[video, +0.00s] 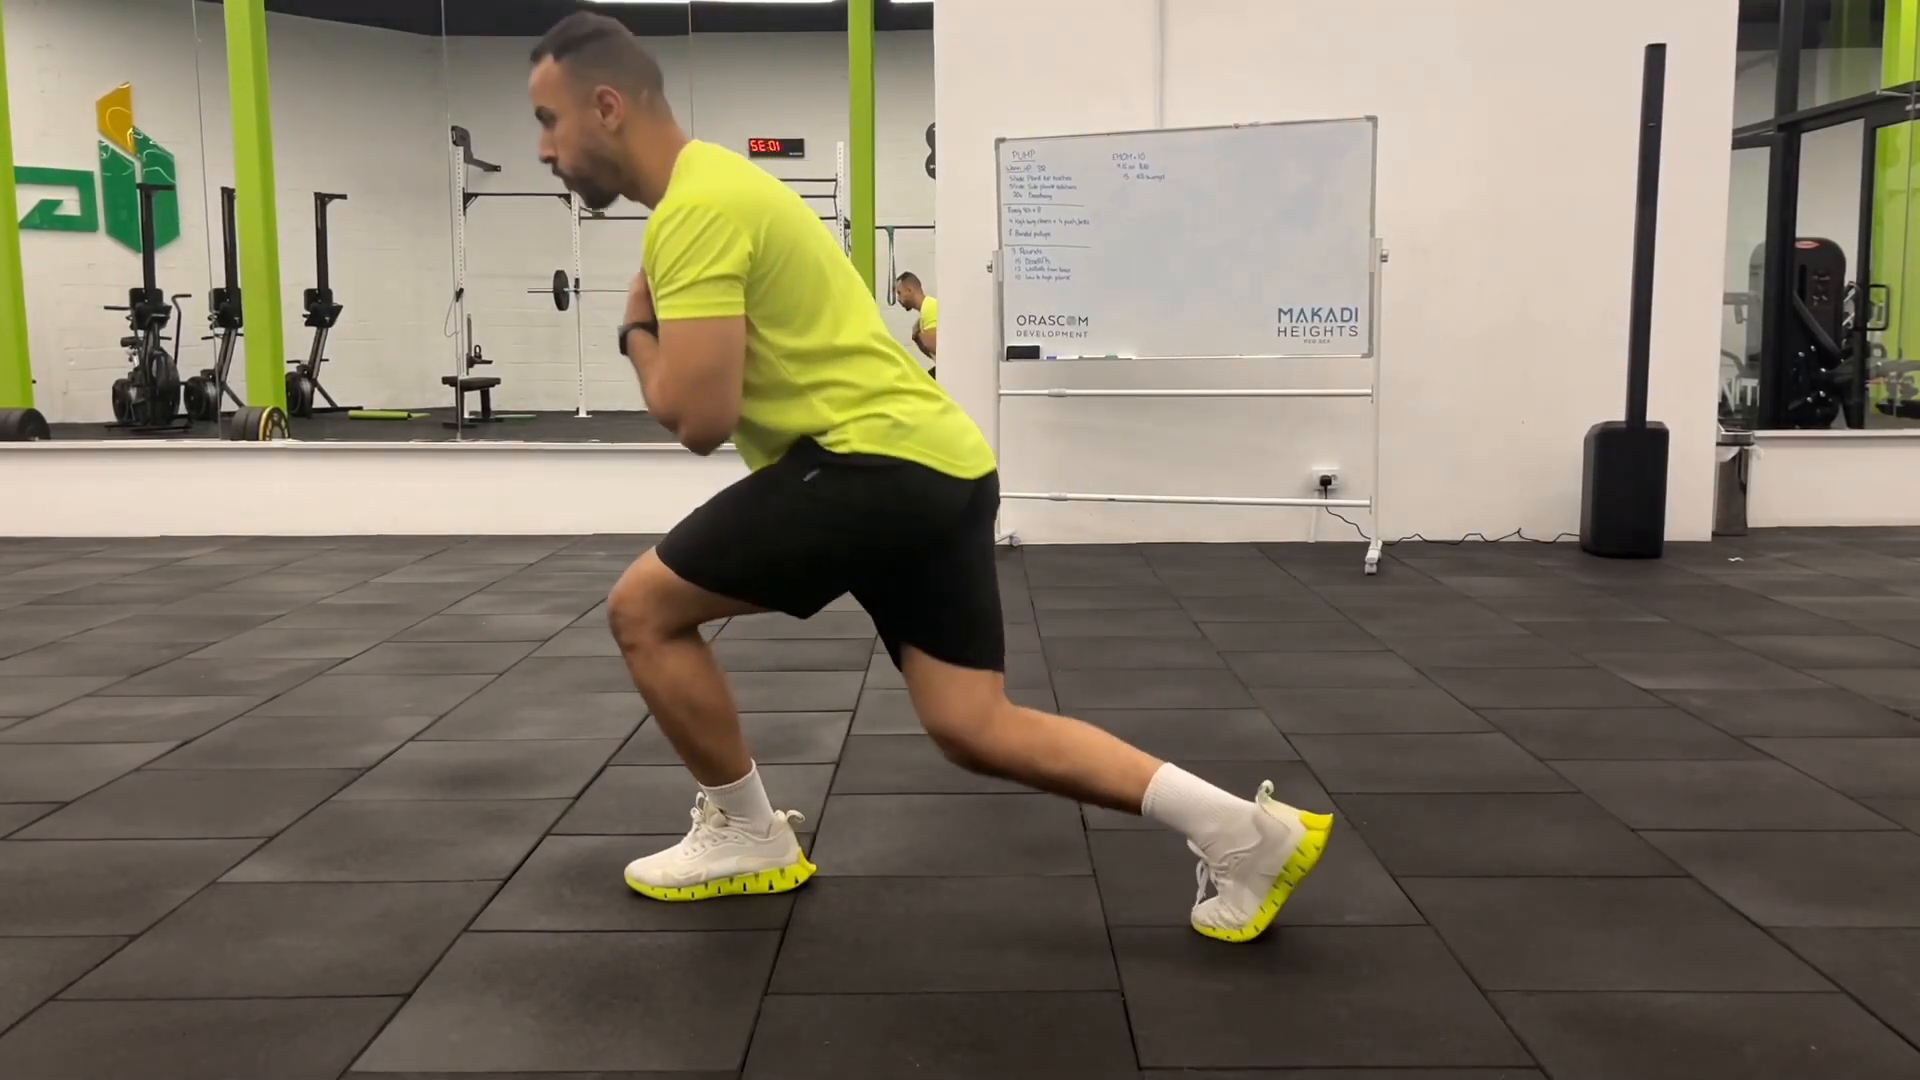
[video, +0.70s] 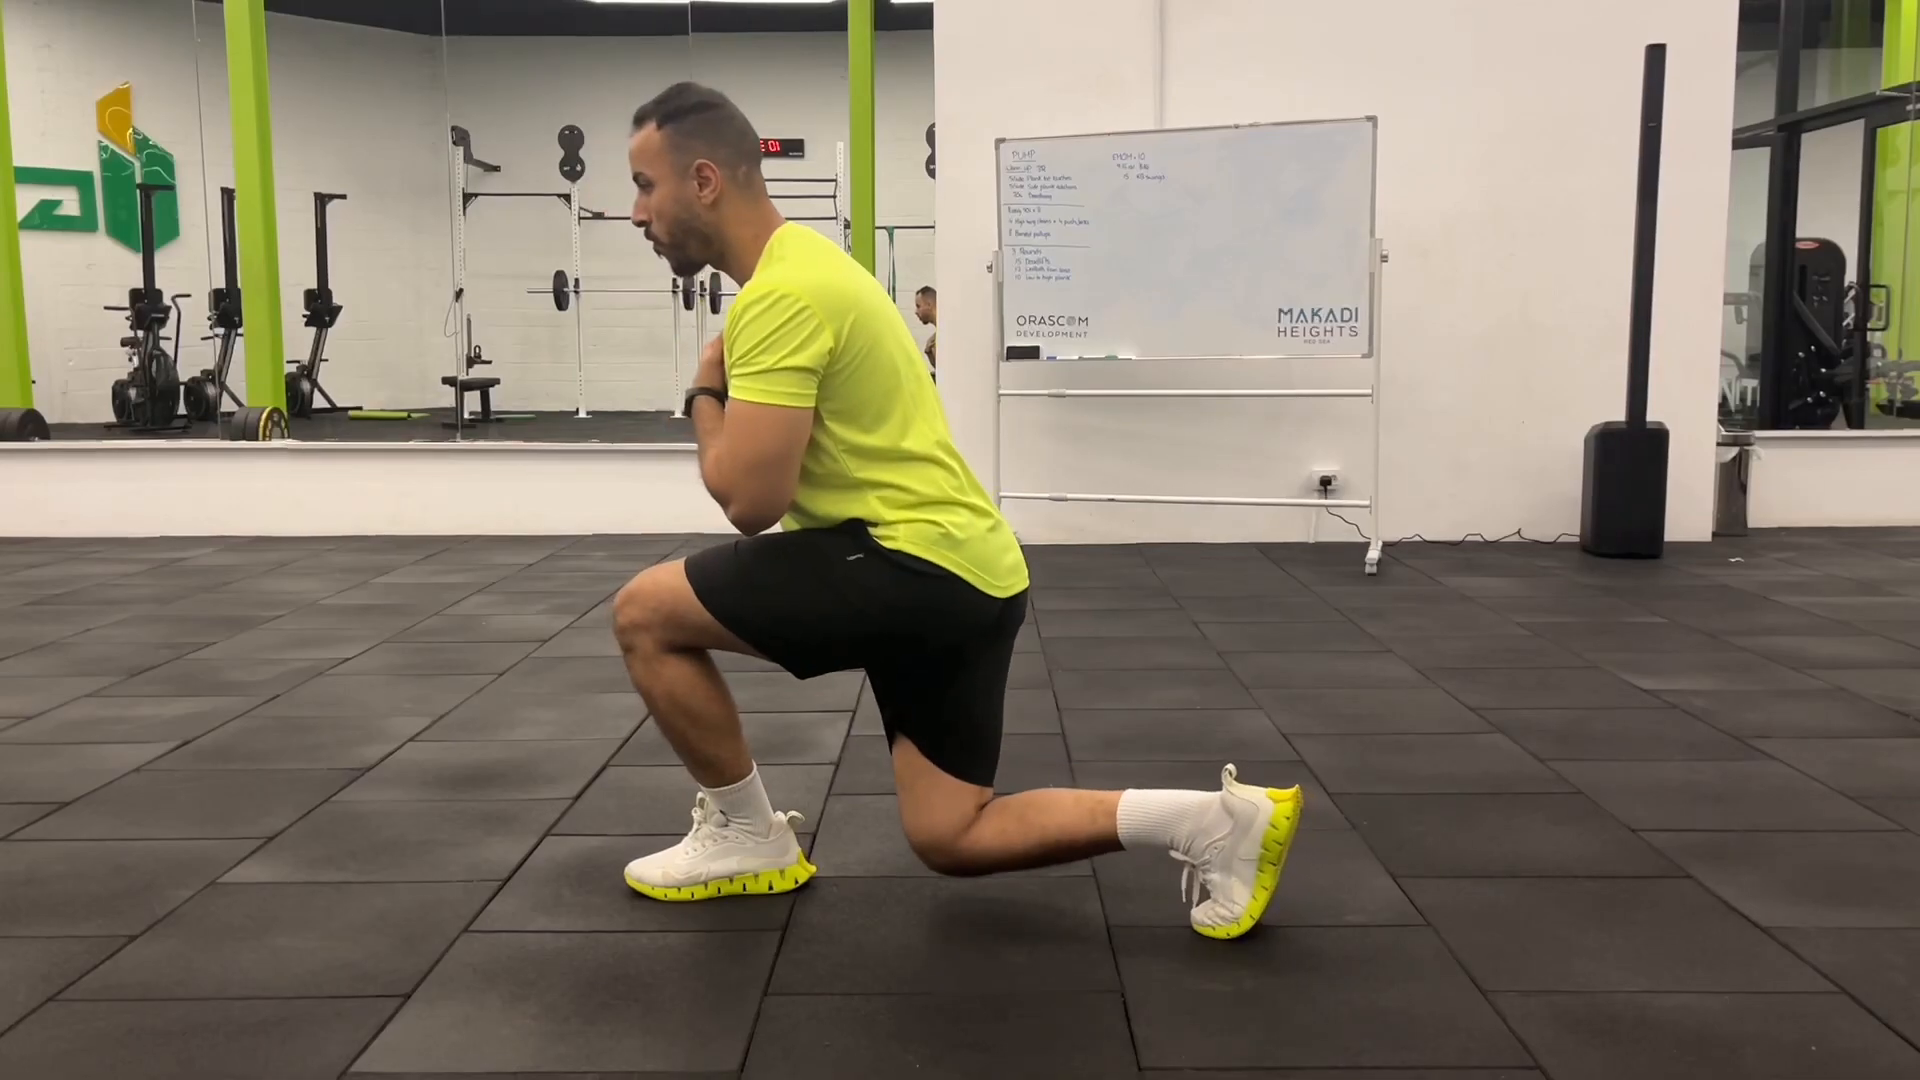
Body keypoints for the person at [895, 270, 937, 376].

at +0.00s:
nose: (898, 299)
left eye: (899, 293)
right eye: (897, 294)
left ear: (910, 290)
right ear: (909, 291)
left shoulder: (930, 306)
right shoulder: (924, 311)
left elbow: (932, 344)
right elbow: (931, 354)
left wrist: (918, 334)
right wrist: (916, 338)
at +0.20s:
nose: (906, 308)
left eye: (907, 302)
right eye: (905, 302)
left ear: (917, 300)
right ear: (918, 300)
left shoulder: (935, 318)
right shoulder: (932, 319)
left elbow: (934, 355)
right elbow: (935, 361)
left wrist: (925, 343)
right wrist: (922, 348)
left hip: (945, 375)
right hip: (941, 374)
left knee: (913, 394)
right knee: (914, 394)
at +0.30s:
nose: (909, 309)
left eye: (910, 304)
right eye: (908, 304)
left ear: (922, 301)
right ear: (922, 301)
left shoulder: (938, 324)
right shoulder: (934, 324)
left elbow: (940, 364)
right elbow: (936, 364)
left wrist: (927, 347)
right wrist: (924, 350)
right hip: (939, 379)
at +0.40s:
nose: (911, 311)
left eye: (913, 305)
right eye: (911, 306)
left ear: (924, 303)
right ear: (925, 303)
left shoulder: (939, 330)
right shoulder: (936, 328)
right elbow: (938, 368)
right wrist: (927, 351)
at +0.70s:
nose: (916, 312)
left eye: (918, 306)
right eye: (916, 307)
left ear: (929, 305)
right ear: (929, 305)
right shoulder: (935, 337)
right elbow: (939, 369)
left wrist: (934, 351)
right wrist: (929, 353)